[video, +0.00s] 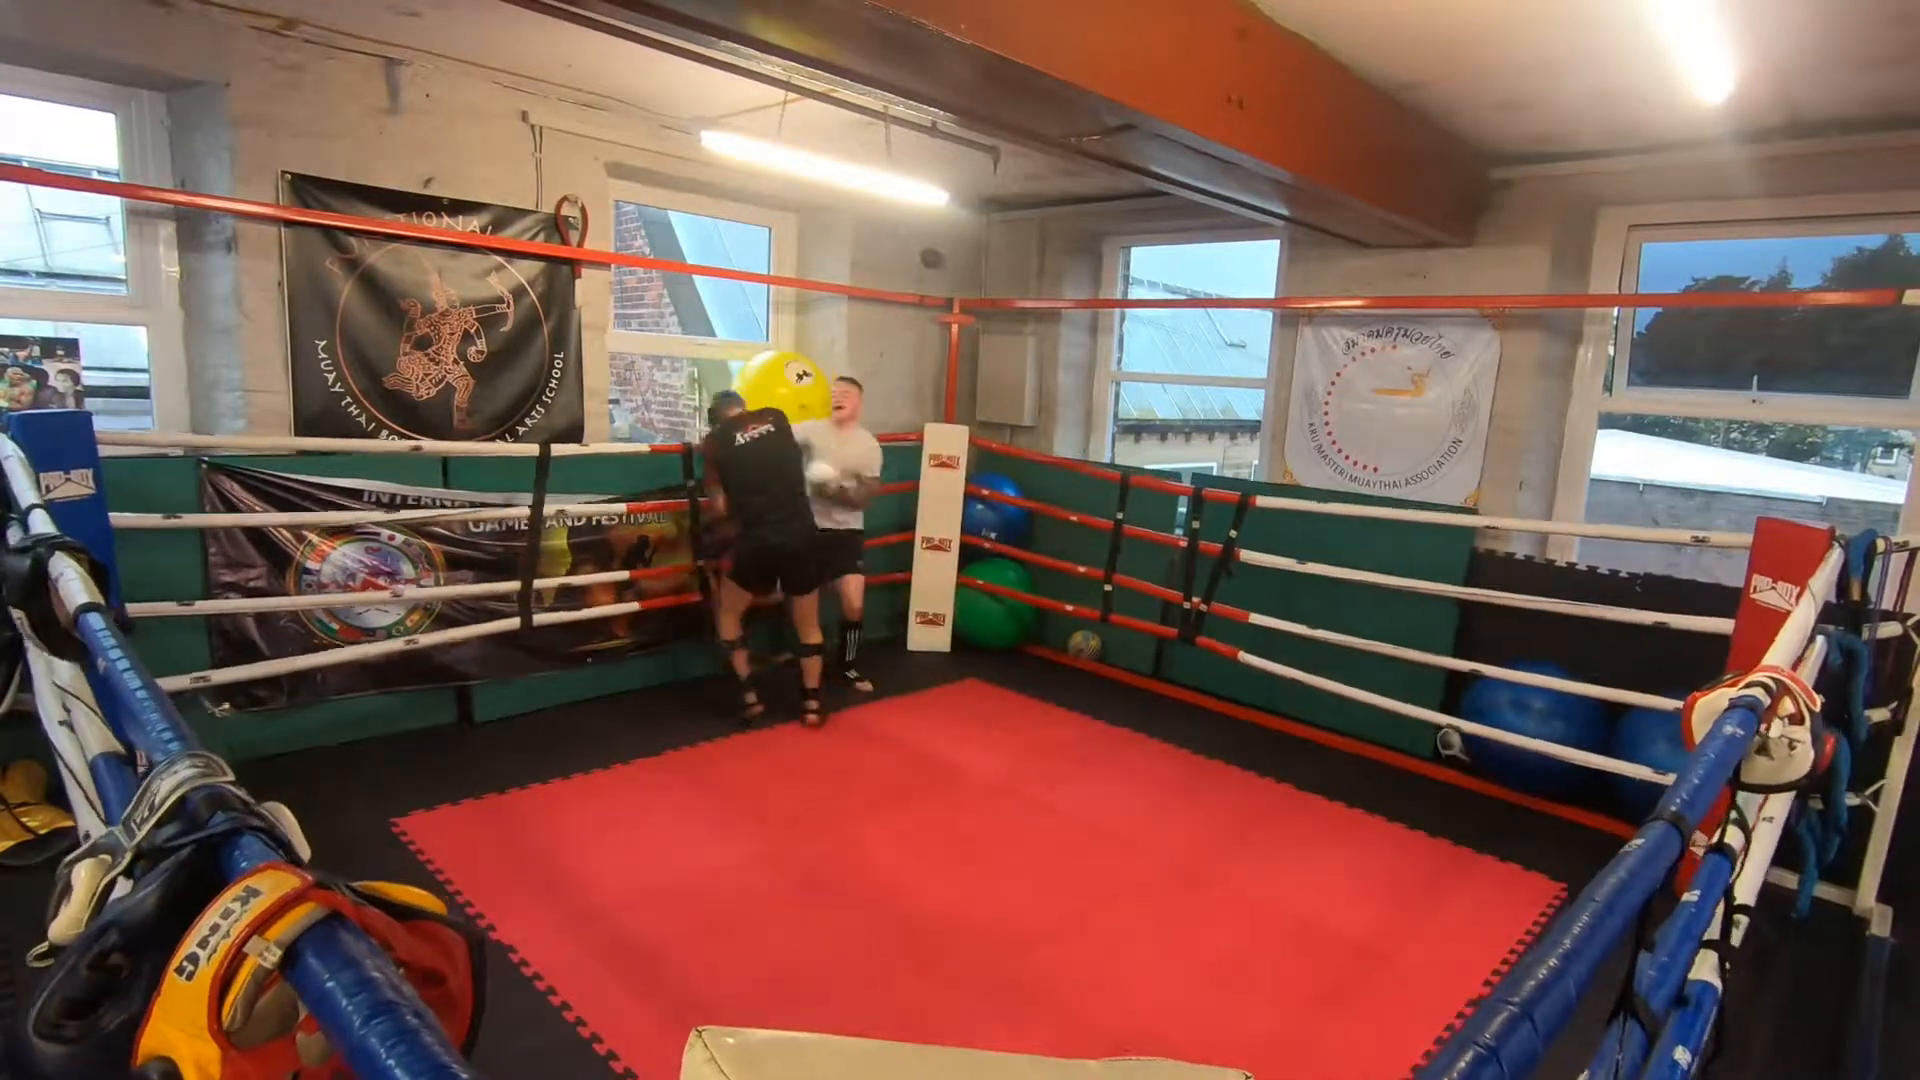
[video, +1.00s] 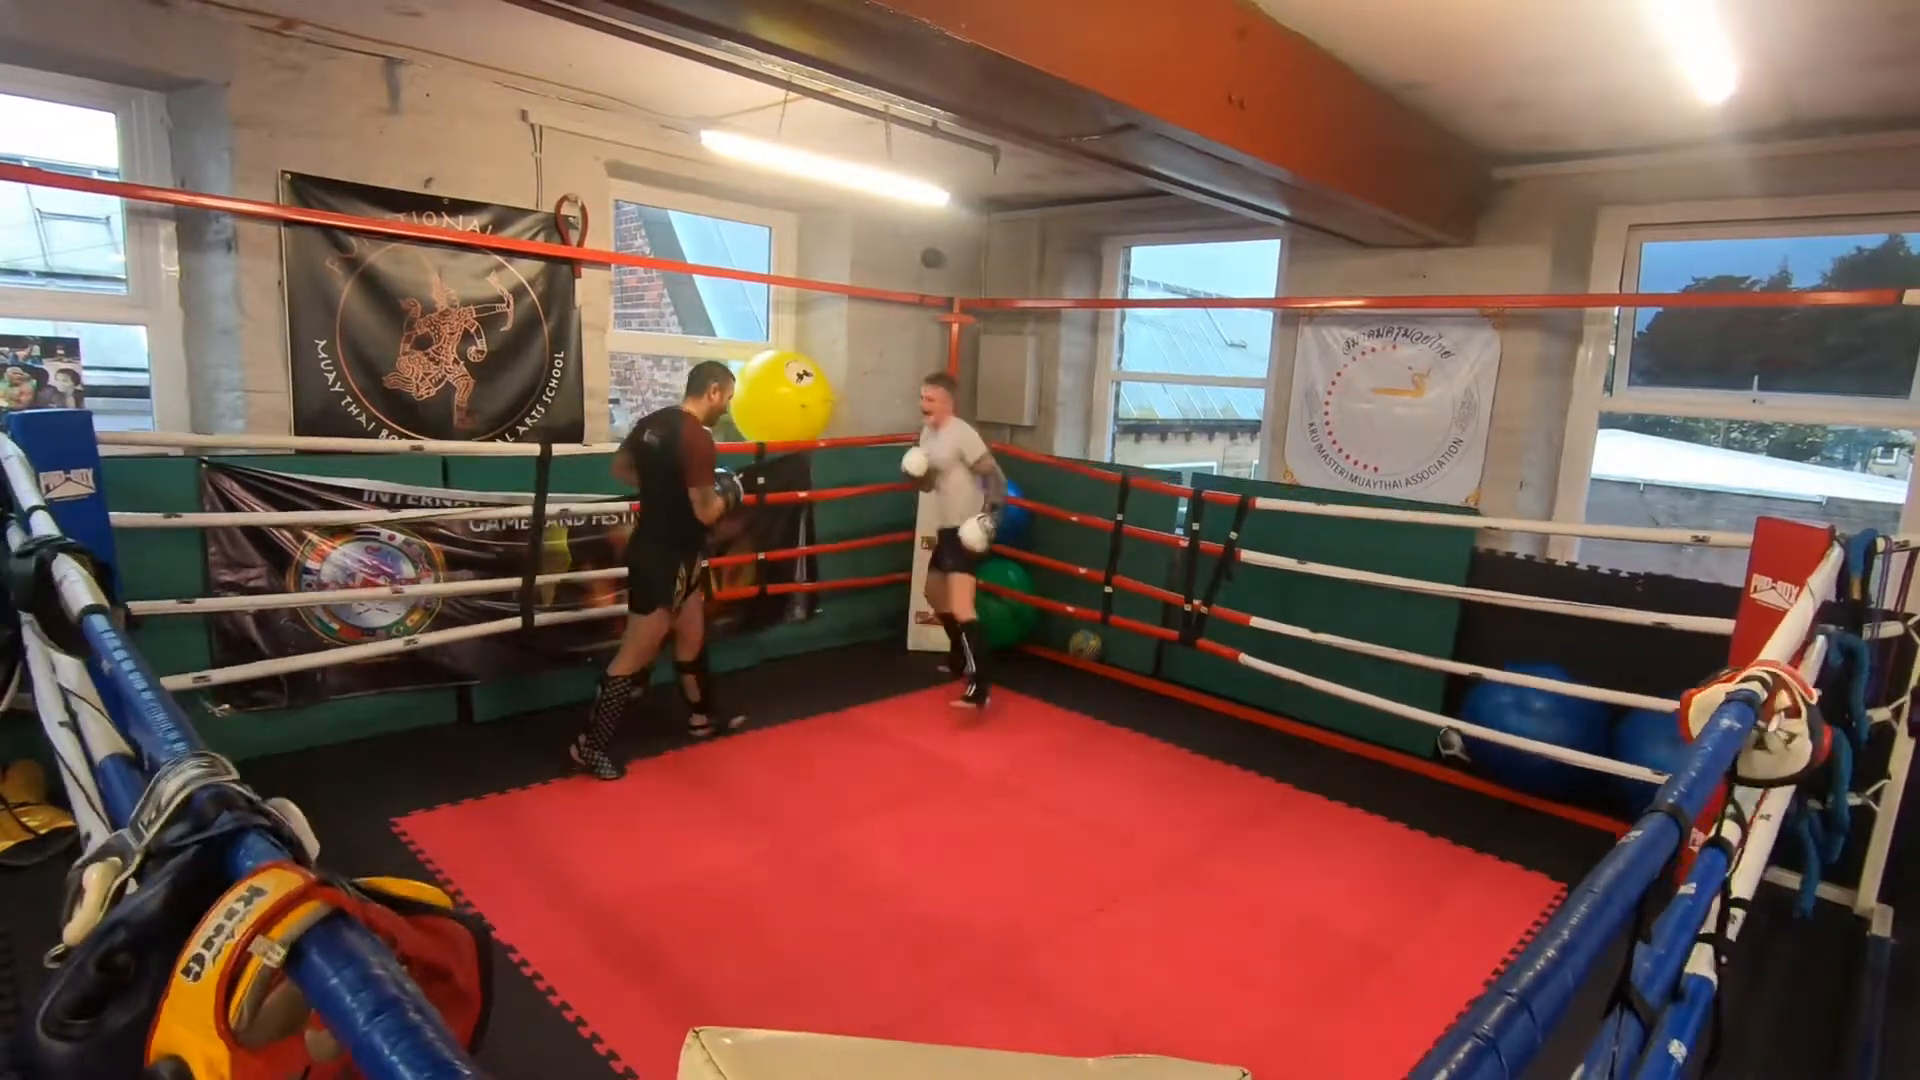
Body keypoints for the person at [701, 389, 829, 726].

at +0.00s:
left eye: (718, 422)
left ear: (716, 419)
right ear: (744, 406)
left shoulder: (714, 444)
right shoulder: (777, 417)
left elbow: (719, 504)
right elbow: (794, 463)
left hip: (757, 542)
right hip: (802, 537)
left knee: (730, 614)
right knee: (808, 623)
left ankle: (749, 696)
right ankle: (812, 703)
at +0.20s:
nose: (726, 413)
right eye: (730, 406)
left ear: (704, 414)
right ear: (734, 406)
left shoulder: (691, 450)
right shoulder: (767, 437)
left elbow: (690, 510)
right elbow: (791, 479)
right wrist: (783, 424)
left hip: (718, 555)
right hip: (769, 552)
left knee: (688, 623)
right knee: (793, 626)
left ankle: (657, 703)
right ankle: (810, 706)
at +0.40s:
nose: (722, 396)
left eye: (720, 391)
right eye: (720, 390)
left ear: (684, 391)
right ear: (710, 389)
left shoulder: (660, 432)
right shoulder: (720, 432)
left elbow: (652, 493)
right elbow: (742, 492)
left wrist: (677, 510)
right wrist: (760, 461)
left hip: (673, 545)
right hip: (717, 545)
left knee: (671, 618)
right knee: (754, 617)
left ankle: (652, 708)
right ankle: (756, 707)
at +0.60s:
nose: (715, 398)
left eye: (714, 391)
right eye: (714, 391)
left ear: (679, 387)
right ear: (702, 389)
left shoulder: (647, 426)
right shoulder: (694, 433)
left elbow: (623, 480)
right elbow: (696, 502)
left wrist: (666, 486)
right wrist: (724, 497)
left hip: (649, 545)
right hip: (684, 549)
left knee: (657, 630)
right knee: (703, 636)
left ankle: (654, 721)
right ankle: (651, 721)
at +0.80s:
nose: (715, 419)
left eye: (717, 411)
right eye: (716, 411)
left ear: (683, 401)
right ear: (702, 404)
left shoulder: (649, 432)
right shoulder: (684, 446)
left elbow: (618, 478)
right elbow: (696, 520)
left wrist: (656, 499)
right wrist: (720, 501)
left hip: (644, 554)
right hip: (663, 563)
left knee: (670, 630)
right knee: (635, 653)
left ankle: (651, 712)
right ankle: (585, 750)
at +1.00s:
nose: (727, 408)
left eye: (729, 400)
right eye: (727, 399)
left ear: (696, 390)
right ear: (713, 392)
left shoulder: (653, 422)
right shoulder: (696, 438)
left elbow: (621, 468)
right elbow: (706, 512)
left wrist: (665, 484)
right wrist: (730, 491)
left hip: (665, 550)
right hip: (666, 557)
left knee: (690, 636)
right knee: (639, 649)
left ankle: (701, 717)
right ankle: (591, 745)